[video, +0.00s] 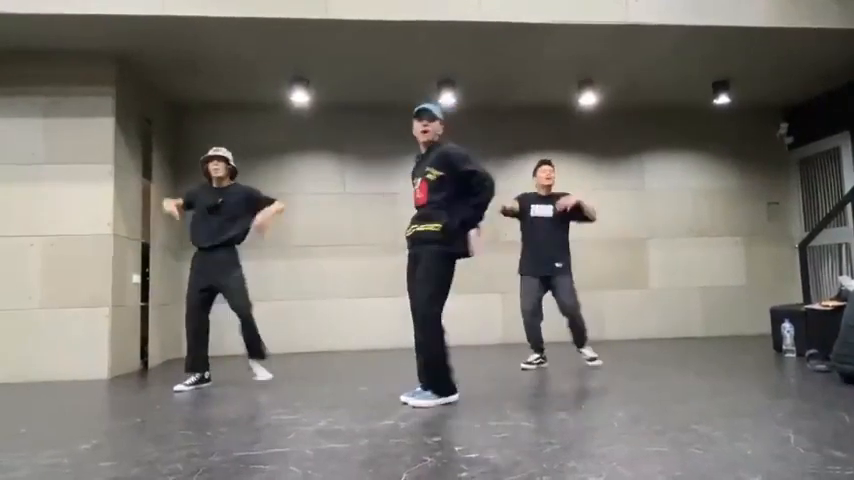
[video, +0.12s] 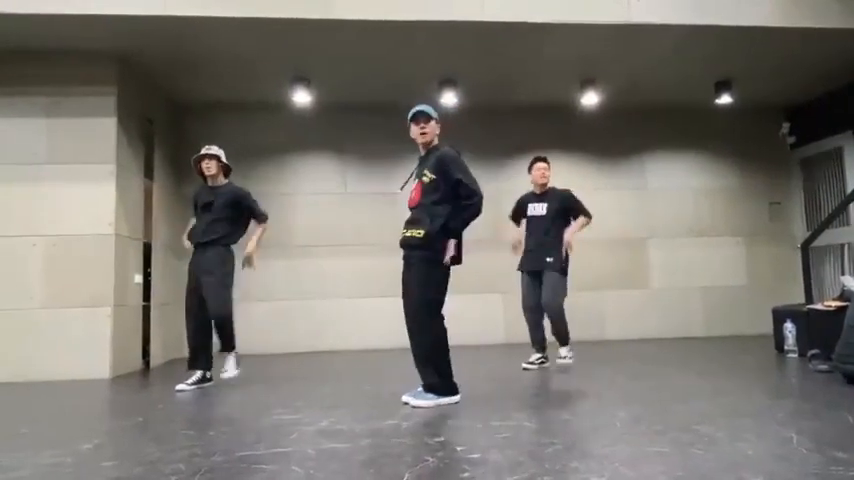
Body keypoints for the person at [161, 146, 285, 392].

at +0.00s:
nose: (215, 165)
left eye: (219, 162)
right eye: (211, 162)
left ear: (229, 167)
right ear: (206, 167)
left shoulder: (242, 192)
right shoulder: (200, 192)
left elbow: (278, 204)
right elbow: (172, 203)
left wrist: (266, 215)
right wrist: (170, 206)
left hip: (227, 260)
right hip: (201, 262)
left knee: (244, 310)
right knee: (195, 317)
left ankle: (256, 360)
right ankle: (199, 372)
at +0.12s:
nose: (206, 164)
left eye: (211, 160)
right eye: (203, 161)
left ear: (221, 164)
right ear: (200, 167)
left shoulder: (235, 192)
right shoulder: (200, 194)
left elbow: (262, 218)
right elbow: (198, 218)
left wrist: (251, 245)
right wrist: (188, 233)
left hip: (220, 255)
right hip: (199, 255)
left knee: (219, 310)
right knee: (195, 314)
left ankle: (230, 353)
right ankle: (202, 370)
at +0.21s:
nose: (204, 165)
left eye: (208, 161)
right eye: (201, 162)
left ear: (220, 165)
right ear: (199, 168)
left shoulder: (235, 194)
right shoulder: (204, 196)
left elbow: (251, 228)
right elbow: (208, 228)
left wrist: (240, 258)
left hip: (218, 255)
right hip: (198, 255)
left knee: (208, 314)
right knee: (193, 315)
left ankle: (220, 370)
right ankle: (201, 369)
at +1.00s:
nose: (207, 163)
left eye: (212, 159)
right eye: (205, 160)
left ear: (223, 161)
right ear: (203, 165)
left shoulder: (238, 190)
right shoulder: (205, 192)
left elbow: (242, 229)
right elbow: (198, 227)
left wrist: (233, 262)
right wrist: (185, 253)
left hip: (225, 254)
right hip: (206, 254)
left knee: (224, 311)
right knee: (204, 310)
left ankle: (229, 368)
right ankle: (210, 364)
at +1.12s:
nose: (209, 164)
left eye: (213, 159)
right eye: (206, 160)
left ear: (225, 162)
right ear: (204, 165)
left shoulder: (239, 191)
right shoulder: (205, 192)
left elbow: (239, 231)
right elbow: (200, 224)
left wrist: (215, 257)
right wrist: (196, 248)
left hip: (230, 254)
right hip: (208, 253)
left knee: (230, 312)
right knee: (192, 305)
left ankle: (233, 367)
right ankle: (225, 338)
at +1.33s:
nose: (205, 159)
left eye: (210, 155)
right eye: (203, 156)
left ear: (222, 158)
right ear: (201, 161)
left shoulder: (236, 187)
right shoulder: (205, 189)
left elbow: (243, 223)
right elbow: (205, 225)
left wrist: (232, 241)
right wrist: (192, 244)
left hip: (226, 254)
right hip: (204, 253)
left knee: (228, 313)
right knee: (177, 297)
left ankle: (236, 366)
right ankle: (215, 322)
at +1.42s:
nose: (203, 160)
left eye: (208, 156)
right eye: (201, 157)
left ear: (220, 159)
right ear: (201, 162)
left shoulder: (234, 187)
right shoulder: (205, 191)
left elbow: (247, 221)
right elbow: (202, 230)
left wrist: (248, 245)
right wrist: (181, 252)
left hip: (225, 252)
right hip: (202, 252)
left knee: (226, 309)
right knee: (190, 307)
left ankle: (234, 365)